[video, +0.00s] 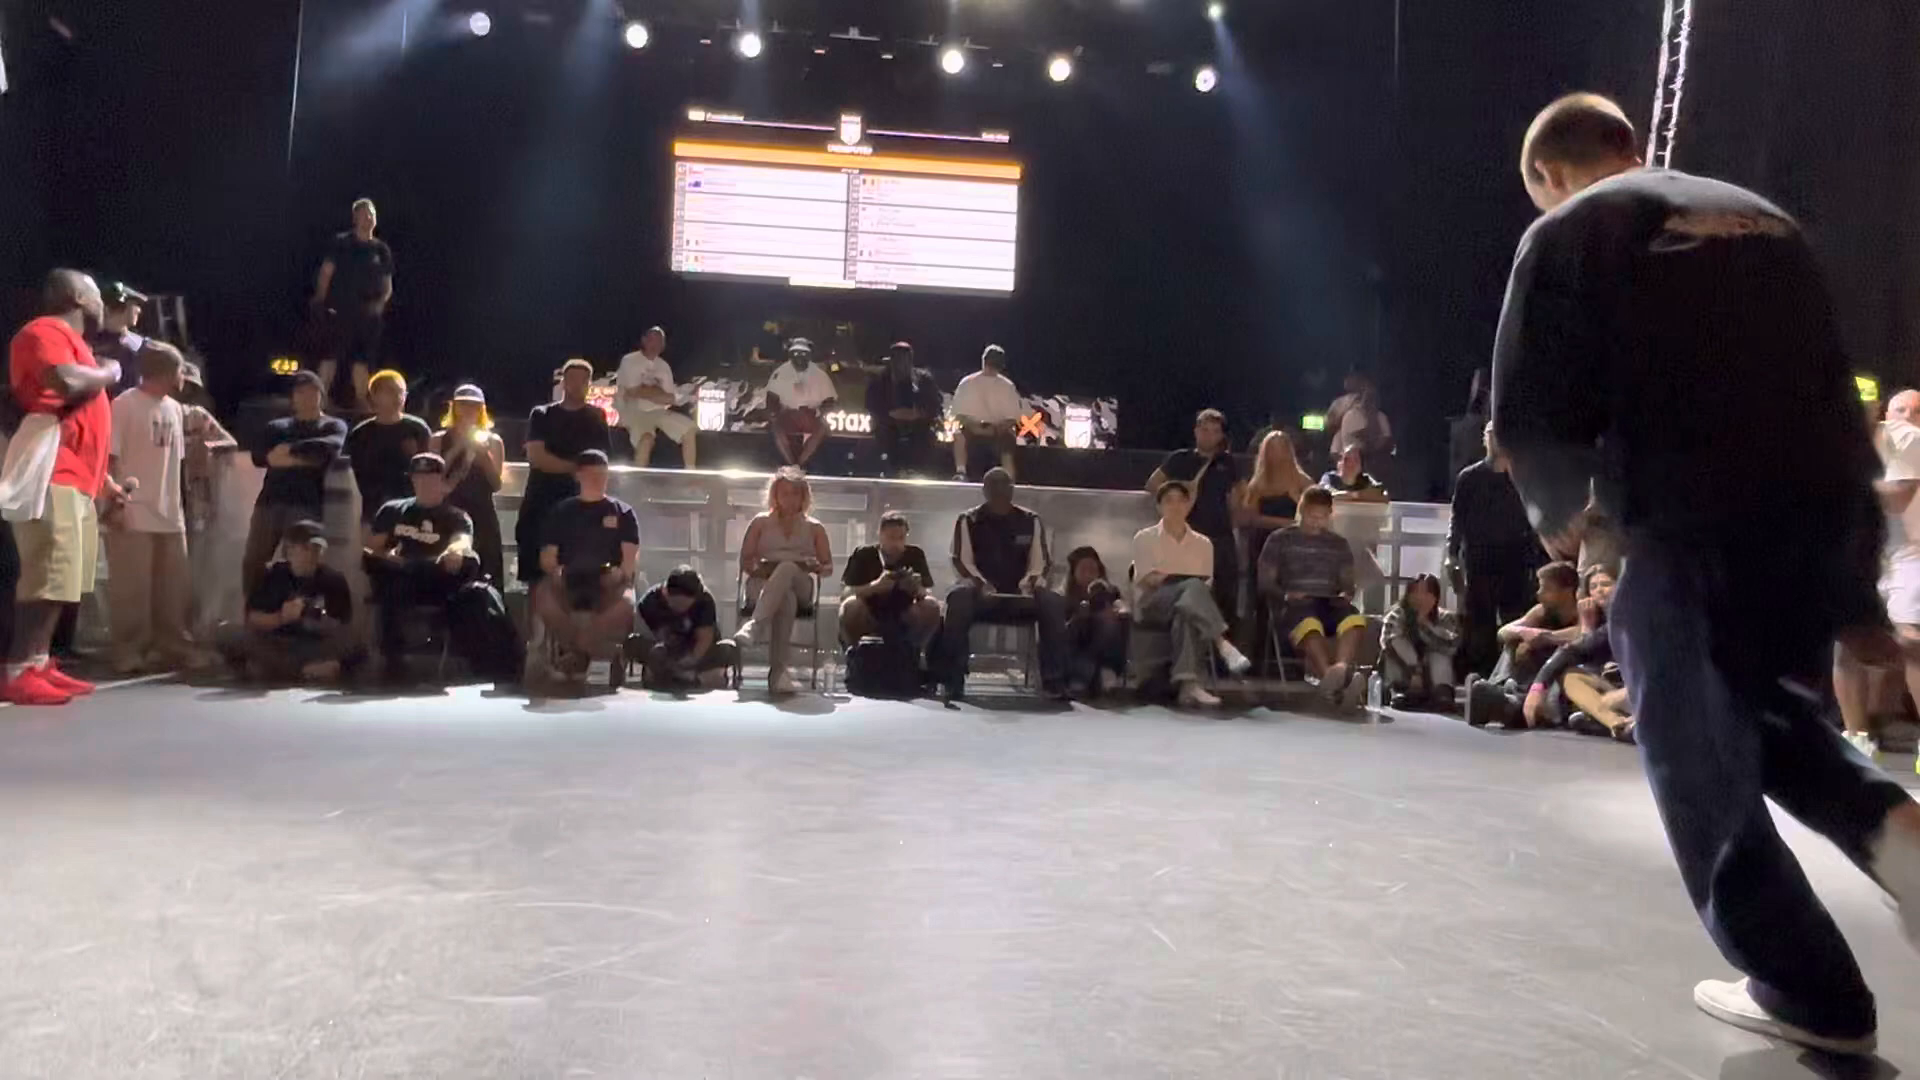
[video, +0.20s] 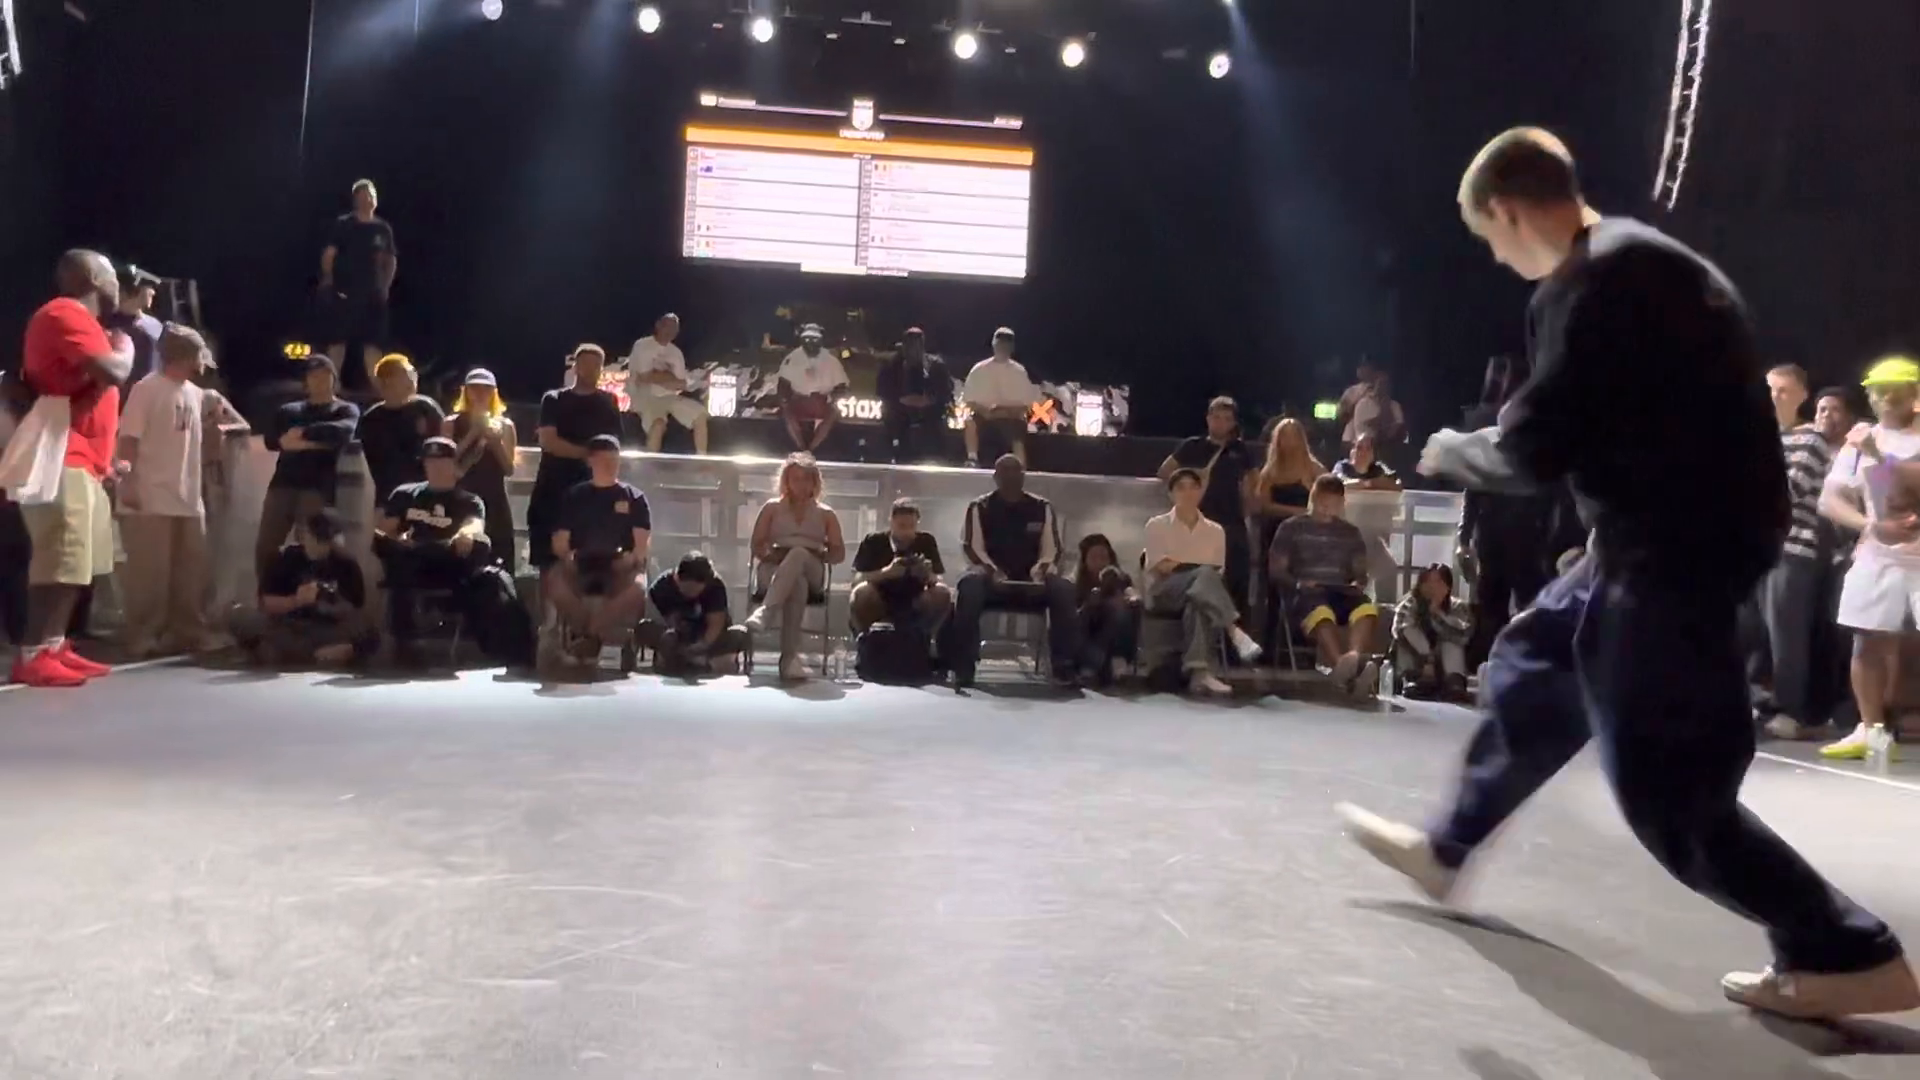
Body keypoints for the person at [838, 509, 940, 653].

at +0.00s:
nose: (896, 544)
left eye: (901, 538)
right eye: (891, 538)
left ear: (906, 537)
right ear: (880, 535)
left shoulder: (915, 554)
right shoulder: (863, 555)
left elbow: (926, 593)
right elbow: (845, 594)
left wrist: (916, 588)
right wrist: (875, 586)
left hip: (905, 612)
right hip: (871, 612)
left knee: (930, 607)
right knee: (851, 607)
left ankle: (914, 656)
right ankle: (860, 659)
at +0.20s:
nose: (906, 531)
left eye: (911, 526)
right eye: (901, 526)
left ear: (917, 523)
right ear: (891, 522)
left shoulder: (926, 541)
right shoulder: (873, 542)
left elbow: (937, 580)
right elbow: (856, 580)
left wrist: (927, 574)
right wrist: (886, 572)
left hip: (917, 598)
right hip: (882, 598)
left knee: (941, 593)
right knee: (862, 593)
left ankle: (925, 642)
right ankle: (869, 645)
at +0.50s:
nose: (921, 521)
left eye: (926, 515)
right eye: (916, 515)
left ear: (932, 512)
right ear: (906, 509)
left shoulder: (941, 527)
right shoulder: (889, 526)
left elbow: (954, 565)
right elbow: (871, 565)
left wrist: (942, 560)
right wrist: (902, 557)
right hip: (895, 588)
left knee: (956, 578)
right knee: (877, 577)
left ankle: (937, 631)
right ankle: (881, 631)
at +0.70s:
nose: (930, 513)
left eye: (935, 508)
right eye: (925, 507)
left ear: (942, 506)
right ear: (916, 502)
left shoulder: (951, 521)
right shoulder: (899, 520)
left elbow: (964, 560)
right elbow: (881, 558)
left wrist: (953, 554)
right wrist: (912, 551)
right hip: (905, 582)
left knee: (966, 572)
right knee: (887, 571)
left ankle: (946, 623)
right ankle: (892, 624)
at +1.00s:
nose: (943, 506)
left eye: (948, 501)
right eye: (938, 501)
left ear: (955, 498)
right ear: (928, 495)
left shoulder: (964, 512)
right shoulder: (911, 512)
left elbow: (976, 552)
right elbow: (894, 549)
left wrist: (965, 545)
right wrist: (925, 543)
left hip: (953, 571)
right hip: (918, 571)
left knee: (979, 564)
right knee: (899, 562)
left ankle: (960, 615)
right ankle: (907, 615)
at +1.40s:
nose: (951, 502)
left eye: (956, 496)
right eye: (946, 496)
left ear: (963, 492)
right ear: (936, 490)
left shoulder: (972, 508)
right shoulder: (920, 506)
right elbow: (902, 544)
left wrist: (968, 534)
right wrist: (933, 537)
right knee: (907, 556)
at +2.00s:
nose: (958, 498)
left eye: (964, 492)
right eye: (954, 492)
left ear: (972, 489)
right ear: (944, 487)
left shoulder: (978, 508)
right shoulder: (929, 502)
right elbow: (911, 539)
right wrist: (940, 533)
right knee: (916, 551)